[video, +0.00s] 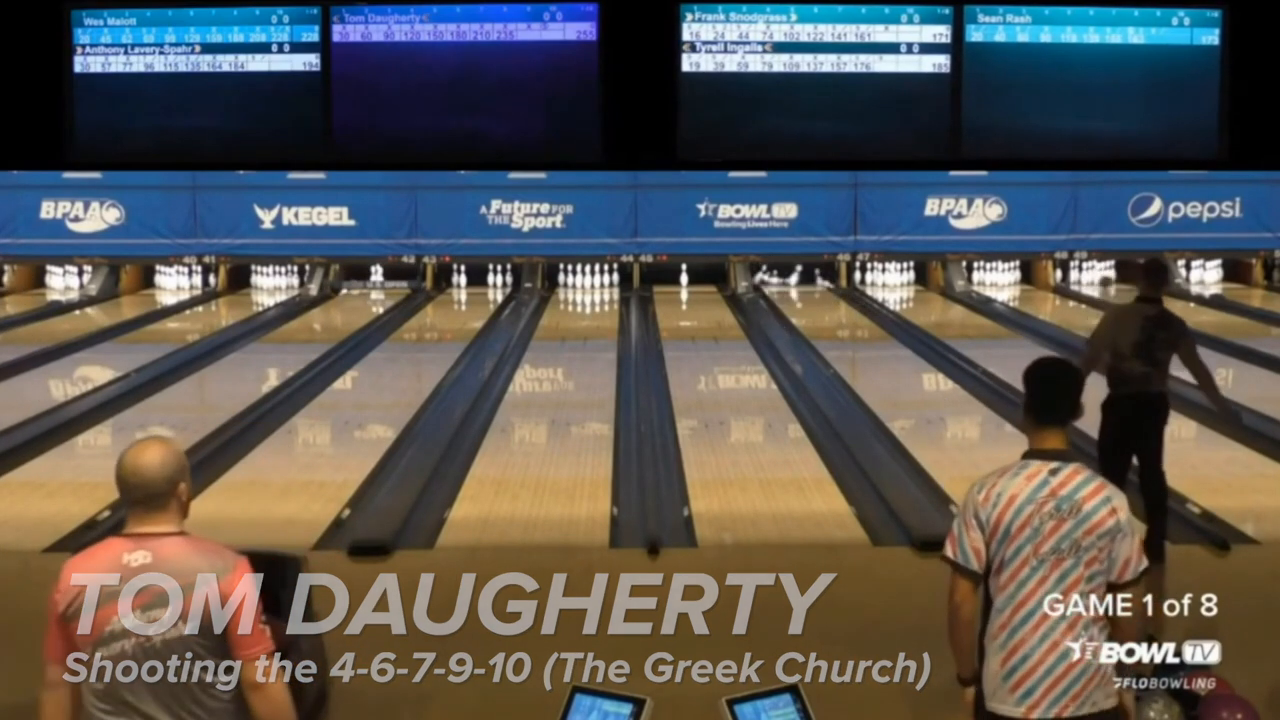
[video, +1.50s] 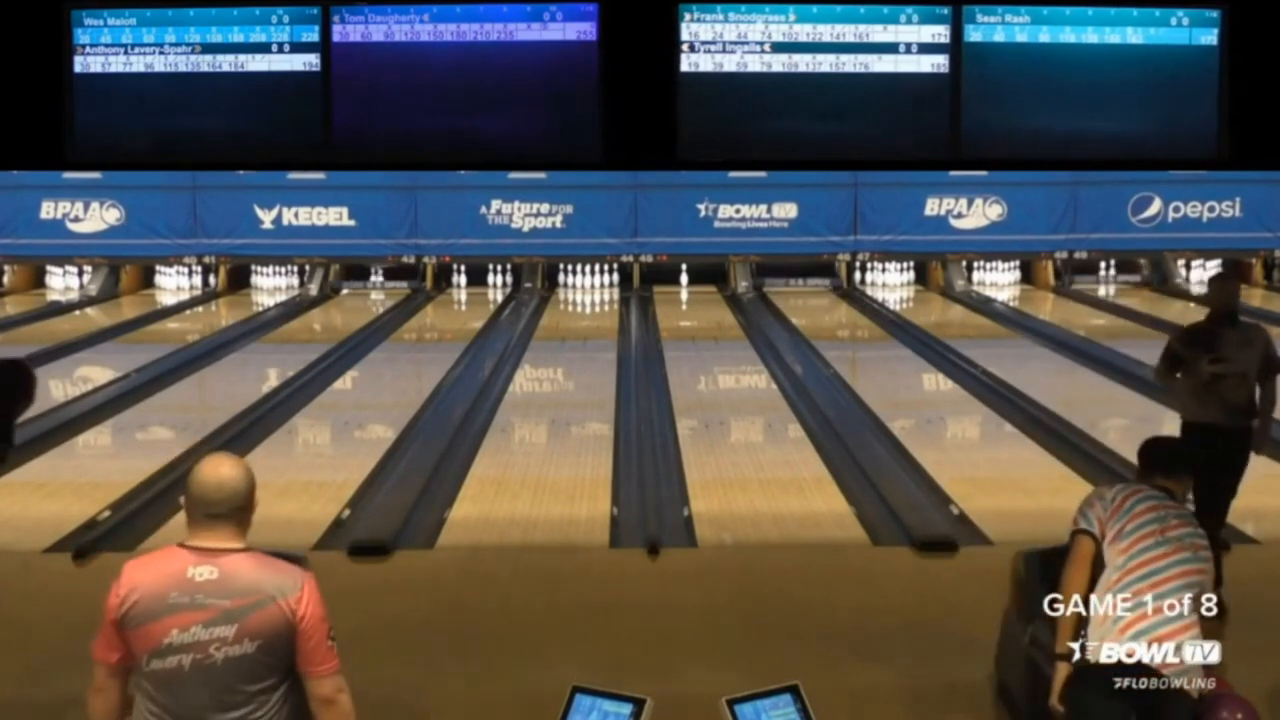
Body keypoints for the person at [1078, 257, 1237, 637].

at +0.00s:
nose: (1144, 284)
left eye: (1142, 278)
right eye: (1154, 279)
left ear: (1139, 281)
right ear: (1166, 284)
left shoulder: (1117, 317)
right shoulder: (1173, 324)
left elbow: (1088, 360)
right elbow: (1197, 368)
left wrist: (1071, 393)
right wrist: (1218, 401)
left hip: (1119, 407)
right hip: (1155, 407)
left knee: (1111, 475)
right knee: (1152, 474)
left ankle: (1108, 540)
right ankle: (1155, 545)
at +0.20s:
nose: (1159, 285)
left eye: (1153, 279)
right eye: (1168, 280)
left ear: (1149, 282)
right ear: (1176, 283)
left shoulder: (1130, 316)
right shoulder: (1186, 321)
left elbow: (1111, 357)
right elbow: (1211, 364)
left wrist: (1109, 392)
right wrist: (1205, 389)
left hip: (1132, 402)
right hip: (1168, 404)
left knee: (1119, 464)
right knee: (1159, 471)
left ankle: (1108, 524)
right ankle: (1158, 533)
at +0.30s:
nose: (1150, 284)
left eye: (1152, 279)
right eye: (1152, 279)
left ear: (1154, 282)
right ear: (1180, 283)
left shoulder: (1142, 316)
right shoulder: (1190, 319)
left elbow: (1126, 356)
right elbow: (1212, 359)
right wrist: (1183, 364)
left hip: (1140, 398)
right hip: (1172, 400)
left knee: (1136, 455)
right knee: (1160, 461)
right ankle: (1160, 508)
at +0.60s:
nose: (1158, 280)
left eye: (1165, 277)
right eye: (1161, 276)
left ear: (1176, 285)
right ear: (1188, 287)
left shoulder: (1170, 323)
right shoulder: (1189, 319)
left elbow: (1156, 357)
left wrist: (1144, 350)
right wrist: (1151, 350)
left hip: (1165, 405)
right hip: (1182, 403)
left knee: (1156, 468)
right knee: (1169, 469)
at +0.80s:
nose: (1189, 294)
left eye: (1197, 289)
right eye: (1187, 287)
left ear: (1209, 294)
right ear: (1182, 288)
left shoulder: (1220, 331)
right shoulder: (1165, 325)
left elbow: (1233, 377)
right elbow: (1152, 361)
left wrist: (1212, 415)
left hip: (1205, 417)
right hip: (1170, 413)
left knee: (1195, 480)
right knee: (1164, 473)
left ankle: (1201, 533)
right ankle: (1165, 528)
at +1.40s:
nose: (1222, 298)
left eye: (1227, 291)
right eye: (1216, 290)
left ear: (1235, 295)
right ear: (1206, 294)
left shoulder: (1253, 335)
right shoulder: (1186, 333)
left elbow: (1265, 382)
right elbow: (1160, 371)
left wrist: (1258, 421)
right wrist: (1183, 383)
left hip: (1231, 426)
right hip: (1192, 423)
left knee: (1216, 489)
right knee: (1188, 484)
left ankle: (1206, 536)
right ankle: (1182, 534)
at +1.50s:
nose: (1226, 297)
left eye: (1231, 291)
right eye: (1220, 290)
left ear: (1239, 294)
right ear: (1209, 294)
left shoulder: (1256, 339)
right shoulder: (1189, 336)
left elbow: (1268, 383)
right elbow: (1162, 374)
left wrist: (1264, 425)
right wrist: (1187, 392)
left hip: (1238, 430)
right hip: (1198, 429)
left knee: (1221, 498)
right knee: (1205, 499)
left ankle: (1209, 550)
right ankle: (1209, 565)